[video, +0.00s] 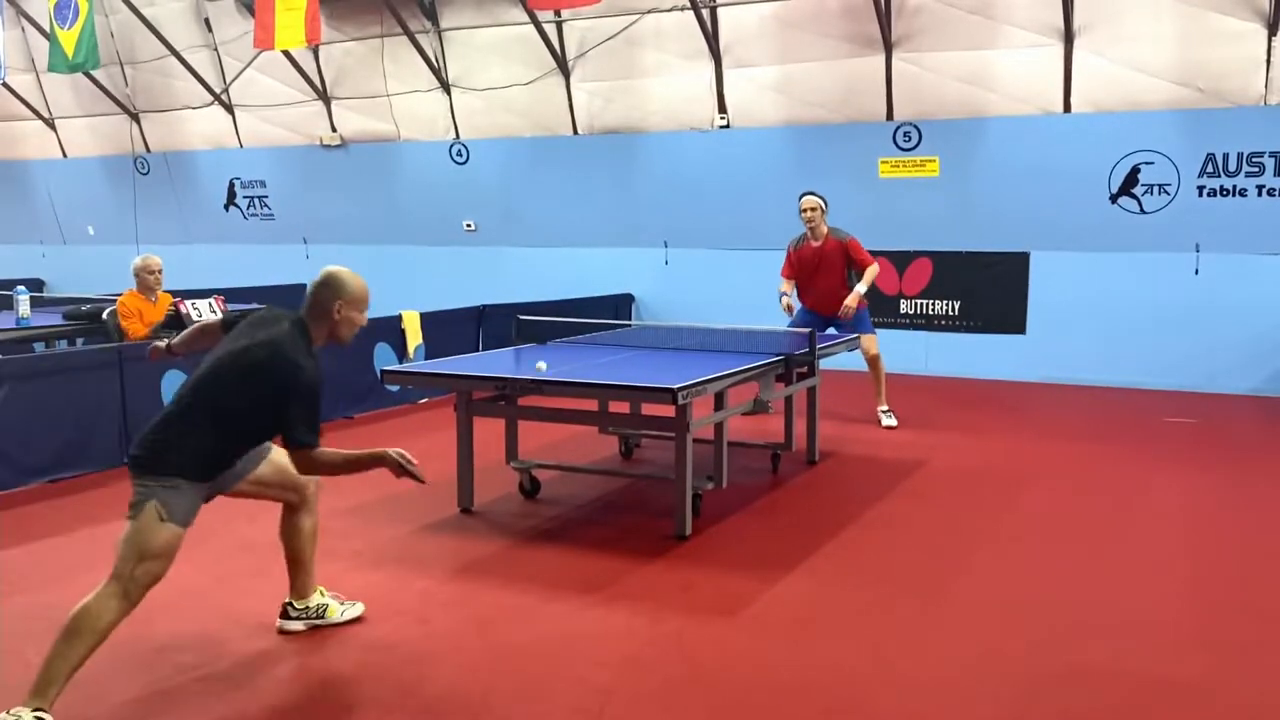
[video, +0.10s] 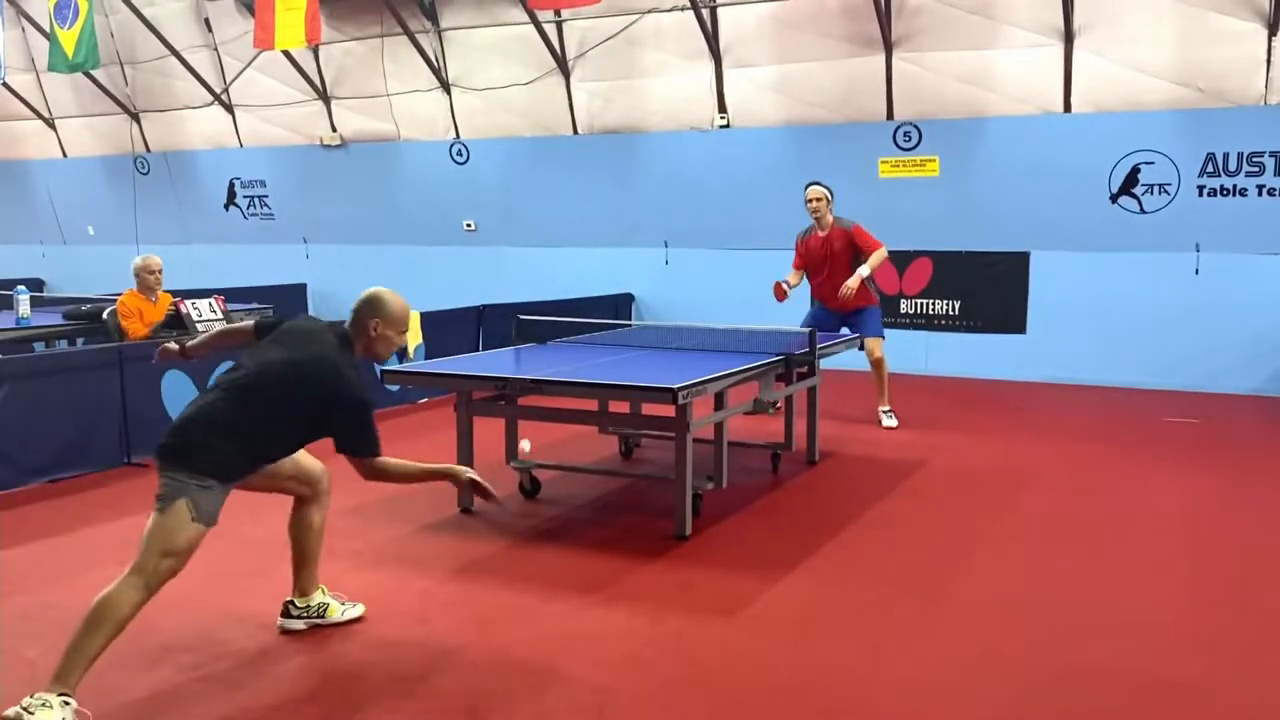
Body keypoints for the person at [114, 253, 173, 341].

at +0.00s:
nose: (158, 277)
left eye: (160, 272)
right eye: (151, 273)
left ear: (162, 273)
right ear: (137, 277)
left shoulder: (167, 298)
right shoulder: (125, 302)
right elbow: (135, 336)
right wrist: (163, 322)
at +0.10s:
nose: (158, 277)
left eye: (160, 272)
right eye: (151, 273)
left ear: (162, 273)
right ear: (137, 277)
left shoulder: (167, 298)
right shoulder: (125, 302)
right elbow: (135, 336)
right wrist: (164, 322)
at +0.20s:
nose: (158, 277)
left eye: (160, 272)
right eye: (151, 273)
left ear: (162, 273)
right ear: (137, 277)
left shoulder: (167, 298)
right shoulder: (125, 302)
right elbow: (135, 336)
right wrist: (163, 322)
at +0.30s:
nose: (158, 276)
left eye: (160, 272)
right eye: (152, 273)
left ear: (162, 272)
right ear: (137, 277)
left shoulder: (167, 298)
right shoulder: (125, 302)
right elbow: (135, 335)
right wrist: (163, 322)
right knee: (173, 324)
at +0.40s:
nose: (158, 276)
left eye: (160, 272)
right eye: (152, 272)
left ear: (162, 272)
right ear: (137, 276)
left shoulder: (167, 298)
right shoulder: (125, 302)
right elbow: (135, 336)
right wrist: (159, 326)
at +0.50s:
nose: (159, 276)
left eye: (161, 271)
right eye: (152, 272)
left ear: (163, 272)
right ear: (137, 276)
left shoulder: (167, 298)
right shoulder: (125, 302)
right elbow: (135, 335)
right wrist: (158, 327)